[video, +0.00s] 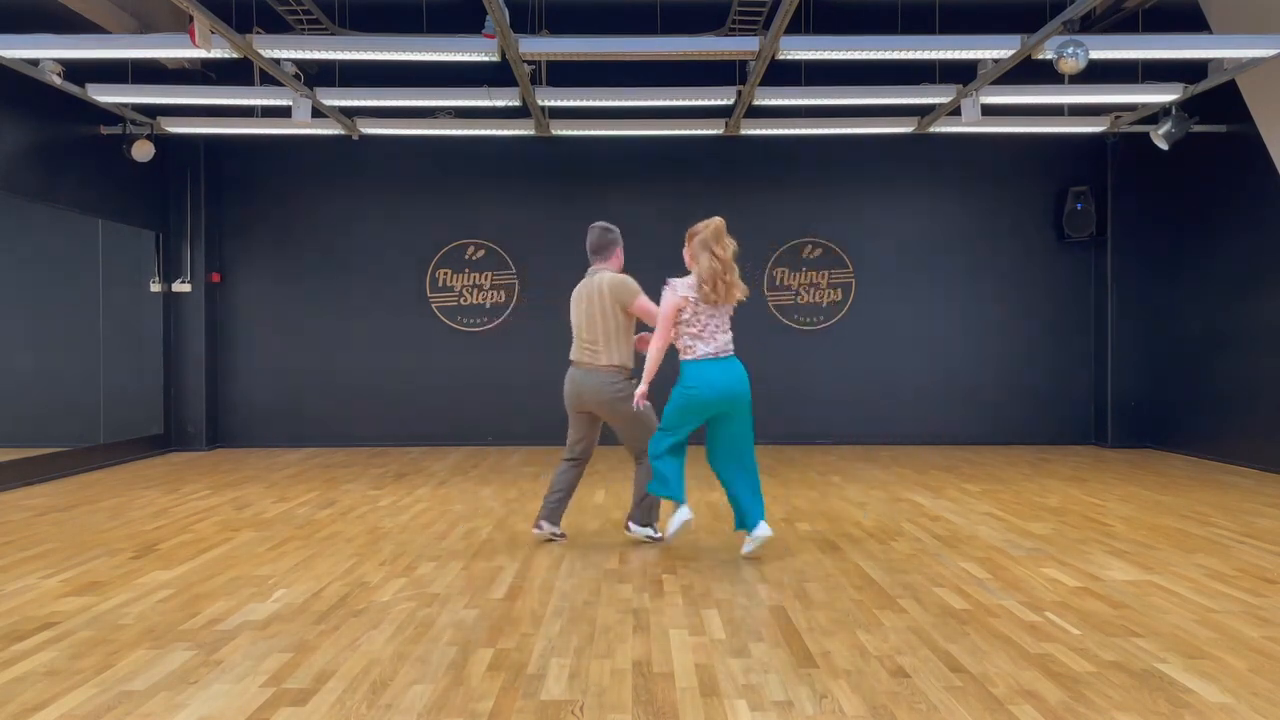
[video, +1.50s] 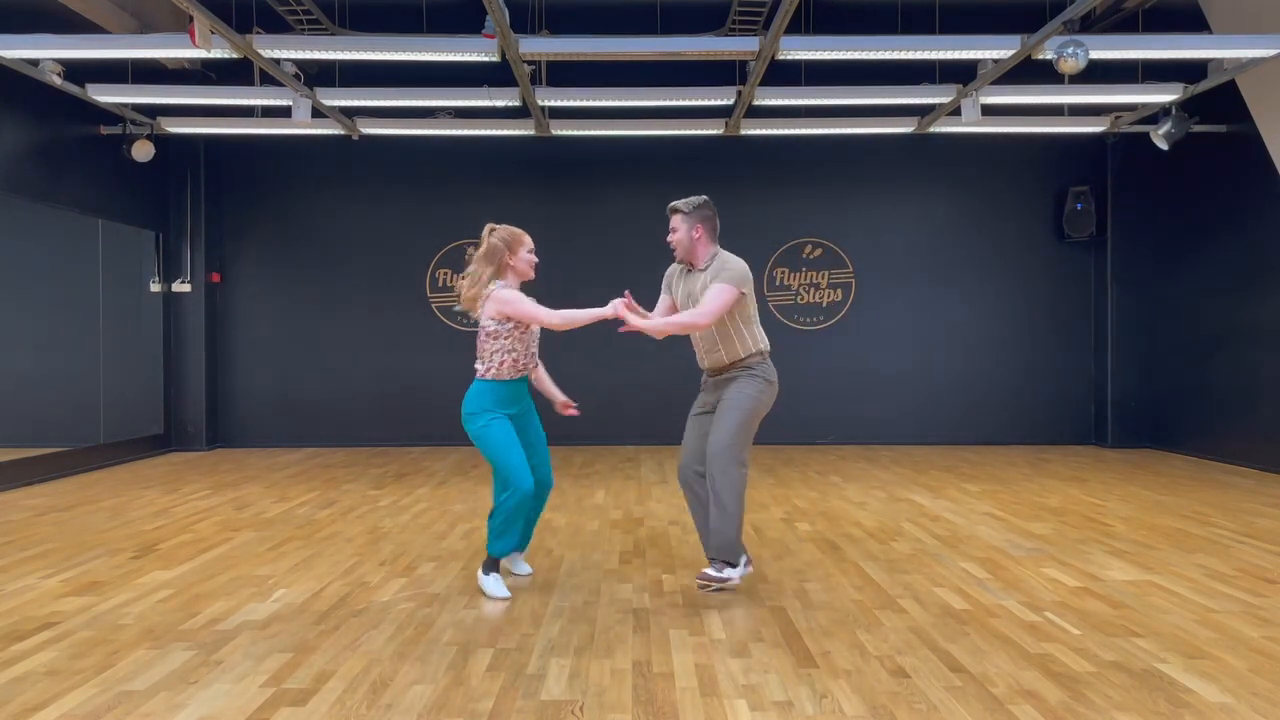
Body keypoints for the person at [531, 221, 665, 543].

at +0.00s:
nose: (623, 256)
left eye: (622, 251)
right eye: (622, 251)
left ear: (590, 254)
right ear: (618, 252)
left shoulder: (579, 290)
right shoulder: (621, 284)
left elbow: (592, 337)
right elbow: (662, 322)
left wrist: (633, 342)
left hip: (576, 379)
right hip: (611, 382)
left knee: (575, 454)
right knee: (649, 450)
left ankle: (548, 519)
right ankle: (641, 520)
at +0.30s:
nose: (658, 259)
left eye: (653, 253)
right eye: (655, 254)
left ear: (619, 261)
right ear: (651, 260)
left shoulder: (609, 302)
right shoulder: (664, 305)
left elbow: (583, 340)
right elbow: (686, 351)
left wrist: (549, 369)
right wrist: (701, 343)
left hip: (591, 385)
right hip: (614, 391)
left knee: (602, 464)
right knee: (625, 471)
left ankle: (605, 541)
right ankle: (587, 547)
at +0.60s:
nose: (594, 265)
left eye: (592, 259)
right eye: (589, 261)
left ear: (565, 266)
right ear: (573, 267)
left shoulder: (551, 300)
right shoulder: (583, 307)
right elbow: (609, 355)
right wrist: (642, 342)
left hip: (526, 396)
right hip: (546, 402)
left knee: (540, 474)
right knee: (585, 478)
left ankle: (527, 539)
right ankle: (549, 548)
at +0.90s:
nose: (548, 260)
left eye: (546, 253)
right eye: (542, 254)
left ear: (518, 263)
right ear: (522, 262)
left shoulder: (496, 297)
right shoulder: (539, 302)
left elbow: (519, 328)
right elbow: (583, 340)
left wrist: (555, 317)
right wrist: (625, 329)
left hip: (470, 395)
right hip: (499, 394)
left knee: (488, 483)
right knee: (561, 463)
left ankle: (454, 561)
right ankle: (525, 540)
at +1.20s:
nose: (534, 260)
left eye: (532, 254)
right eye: (528, 254)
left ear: (508, 261)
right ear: (507, 260)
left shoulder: (503, 297)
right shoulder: (513, 297)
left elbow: (536, 351)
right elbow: (563, 334)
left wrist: (545, 313)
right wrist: (615, 324)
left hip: (490, 400)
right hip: (485, 400)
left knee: (544, 472)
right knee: (505, 486)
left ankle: (516, 553)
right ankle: (482, 581)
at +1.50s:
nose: (535, 258)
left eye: (534, 251)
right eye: (529, 252)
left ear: (512, 258)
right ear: (508, 257)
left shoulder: (524, 301)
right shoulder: (499, 296)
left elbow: (532, 362)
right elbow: (554, 319)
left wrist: (557, 397)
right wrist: (608, 311)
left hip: (520, 401)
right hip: (487, 404)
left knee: (542, 481)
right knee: (521, 484)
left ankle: (512, 550)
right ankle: (490, 567)